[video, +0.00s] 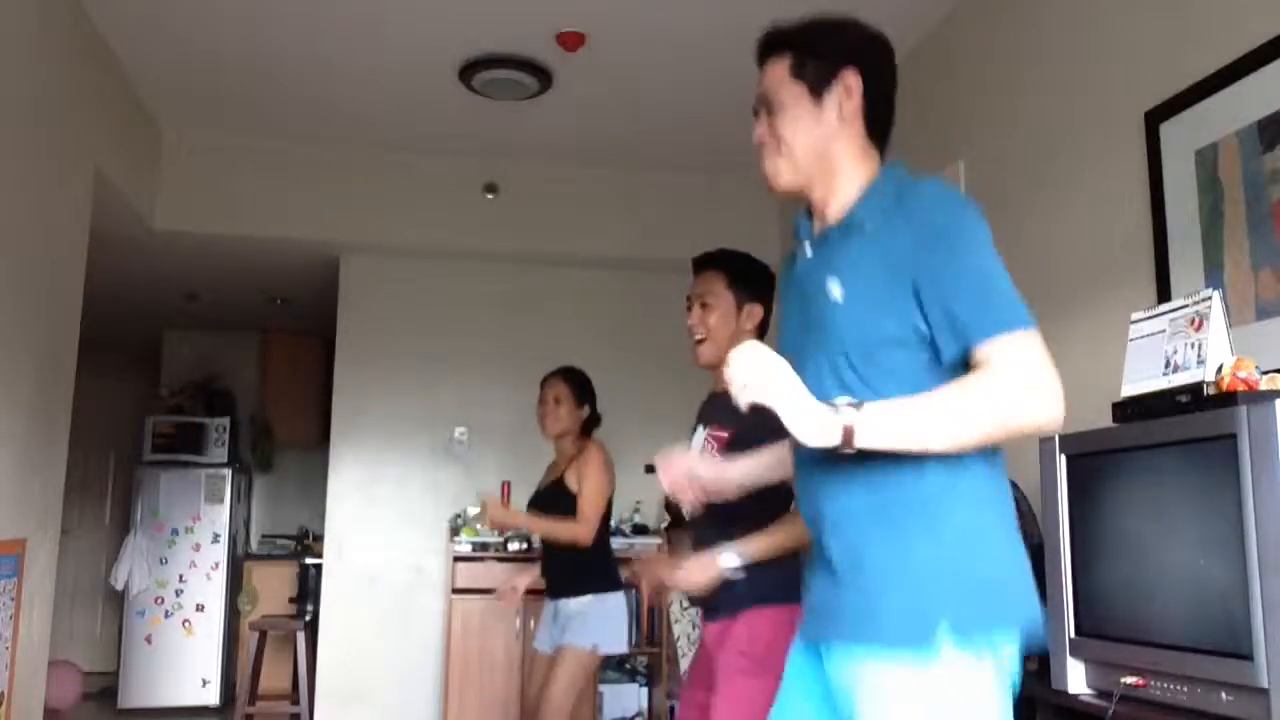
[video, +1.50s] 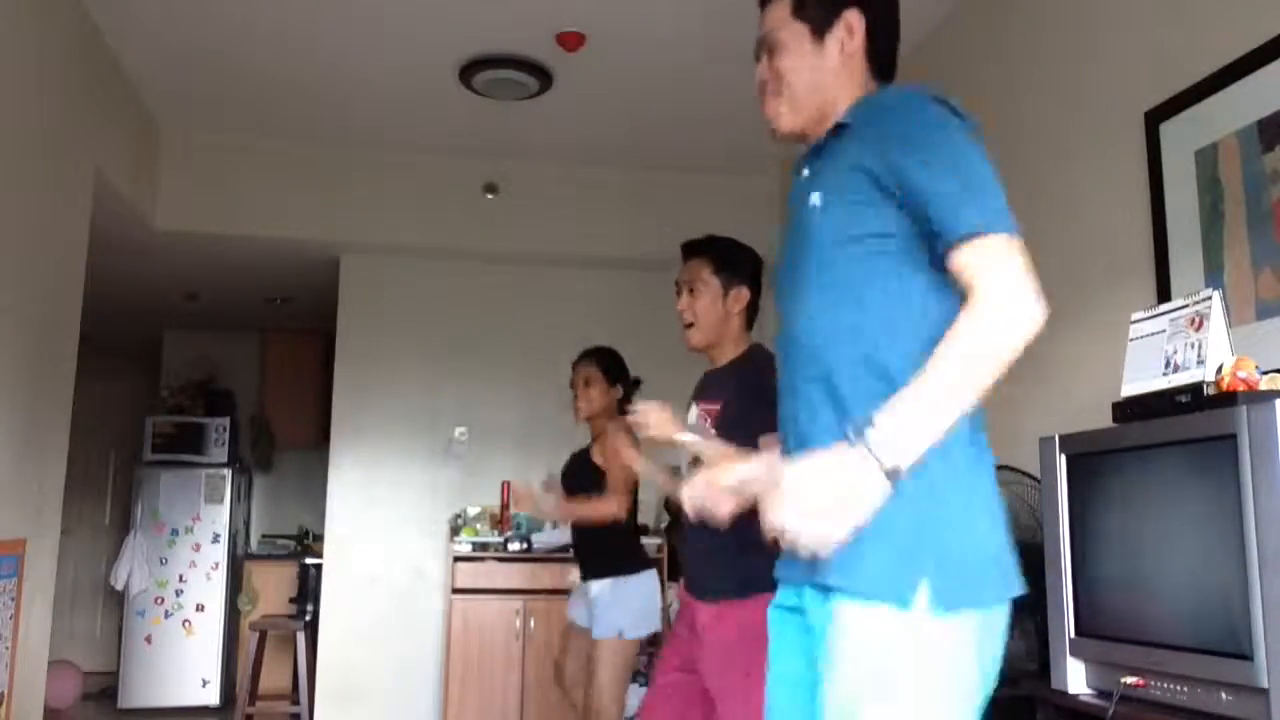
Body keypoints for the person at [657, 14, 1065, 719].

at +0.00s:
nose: (756, 133)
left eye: (770, 107)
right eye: (757, 113)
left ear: (844, 97)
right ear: (838, 102)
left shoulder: (929, 216)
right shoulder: (804, 260)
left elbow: (1031, 392)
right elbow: (833, 431)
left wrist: (838, 422)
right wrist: (729, 475)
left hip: (938, 626)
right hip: (833, 617)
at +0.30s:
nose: (764, 101)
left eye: (776, 74)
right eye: (759, 83)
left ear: (848, 56)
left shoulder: (913, 122)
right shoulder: (822, 184)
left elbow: (991, 296)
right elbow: (838, 368)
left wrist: (827, 420)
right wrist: (768, 470)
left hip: (911, 554)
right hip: (816, 549)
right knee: (806, 709)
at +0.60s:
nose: (761, 111)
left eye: (776, 83)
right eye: (761, 91)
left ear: (846, 67)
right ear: (841, 71)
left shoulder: (905, 149)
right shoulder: (823, 210)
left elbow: (1033, 300)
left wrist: (864, 412)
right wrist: (765, 447)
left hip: (909, 587)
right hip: (823, 581)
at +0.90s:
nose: (779, 133)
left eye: (793, 107)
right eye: (779, 115)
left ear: (869, 97)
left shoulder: (934, 209)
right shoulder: (829, 266)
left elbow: (1033, 407)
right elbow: (849, 446)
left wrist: (815, 405)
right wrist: (751, 413)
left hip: (932, 654)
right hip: (827, 633)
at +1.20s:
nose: (760, 119)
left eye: (777, 93)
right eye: (762, 99)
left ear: (851, 89)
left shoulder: (893, 178)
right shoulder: (817, 226)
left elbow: (1002, 358)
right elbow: (850, 433)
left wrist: (845, 501)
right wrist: (740, 464)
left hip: (882, 624)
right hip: (807, 609)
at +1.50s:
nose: (760, 74)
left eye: (772, 47)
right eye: (759, 55)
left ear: (847, 35)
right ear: (840, 39)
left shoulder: (902, 119)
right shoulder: (812, 178)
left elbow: (1011, 299)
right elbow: (861, 398)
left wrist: (870, 462)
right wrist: (762, 466)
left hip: (915, 579)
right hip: (815, 575)